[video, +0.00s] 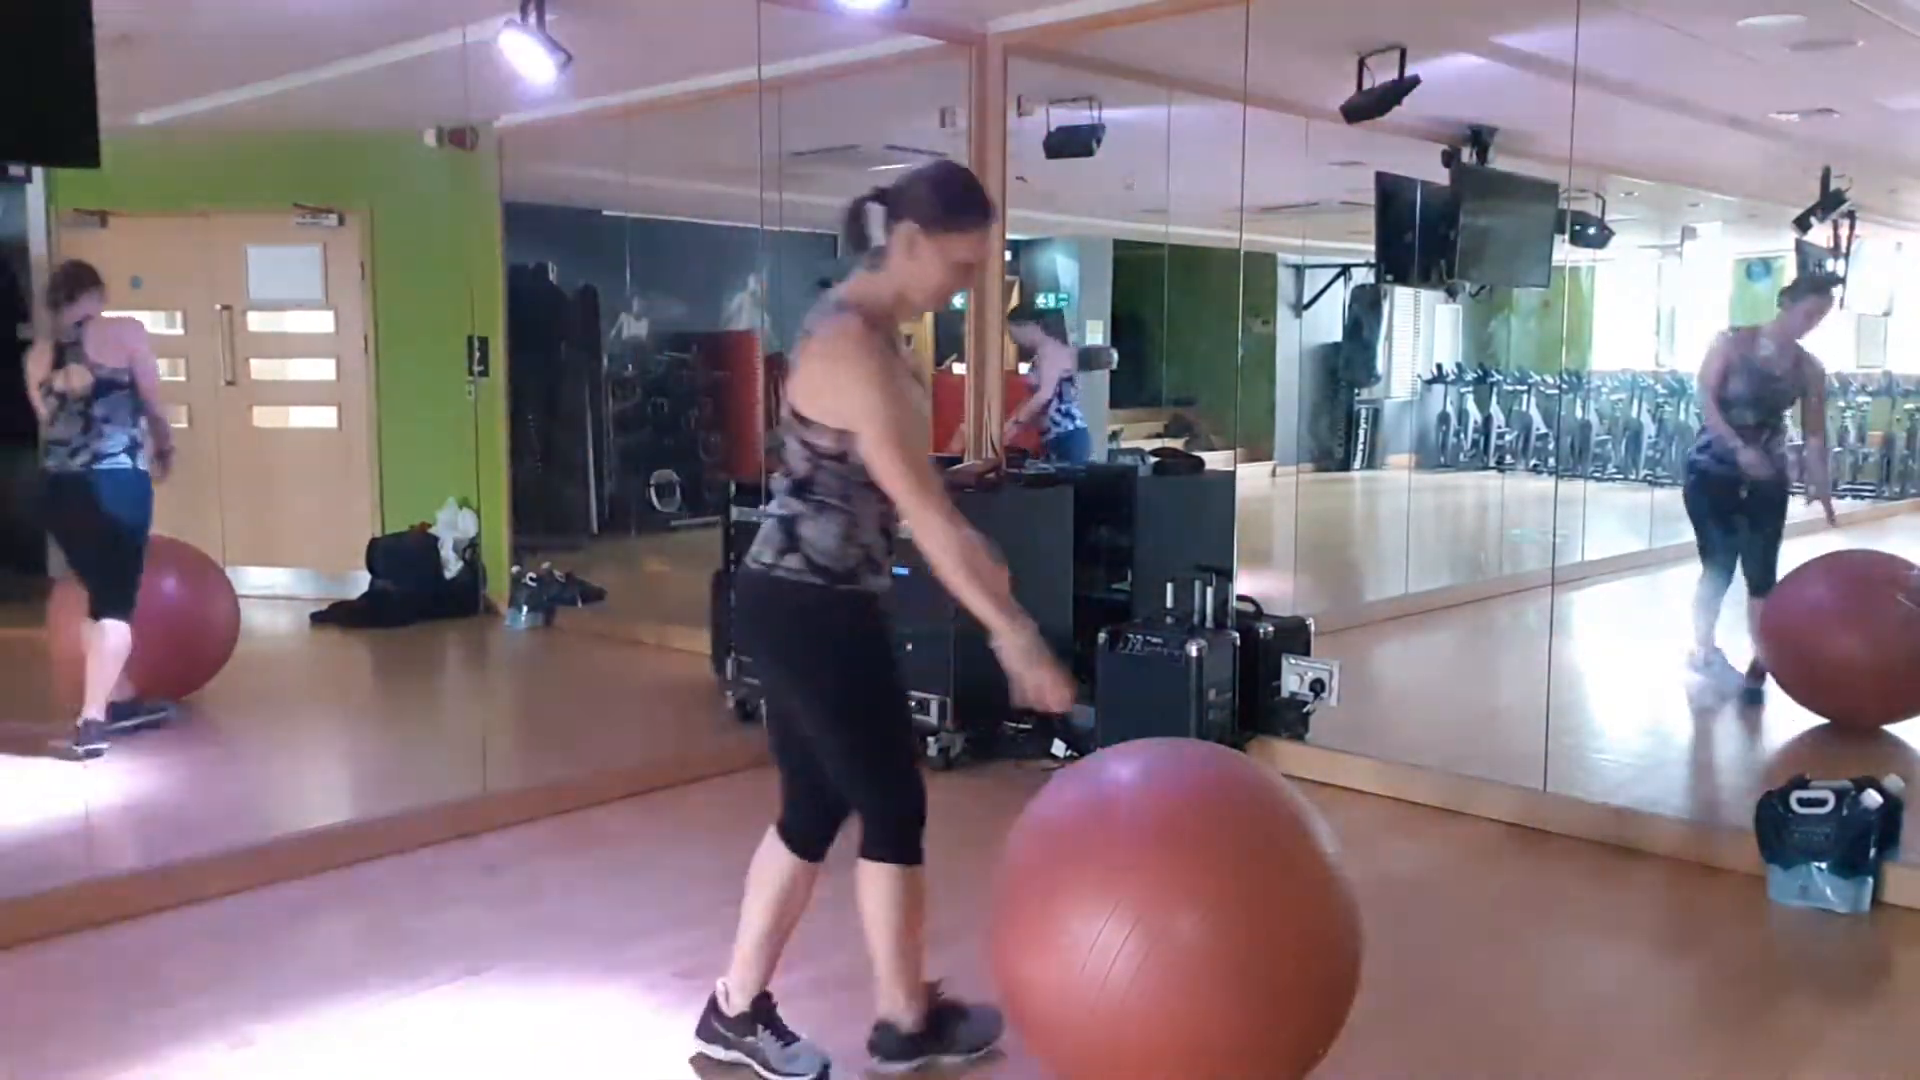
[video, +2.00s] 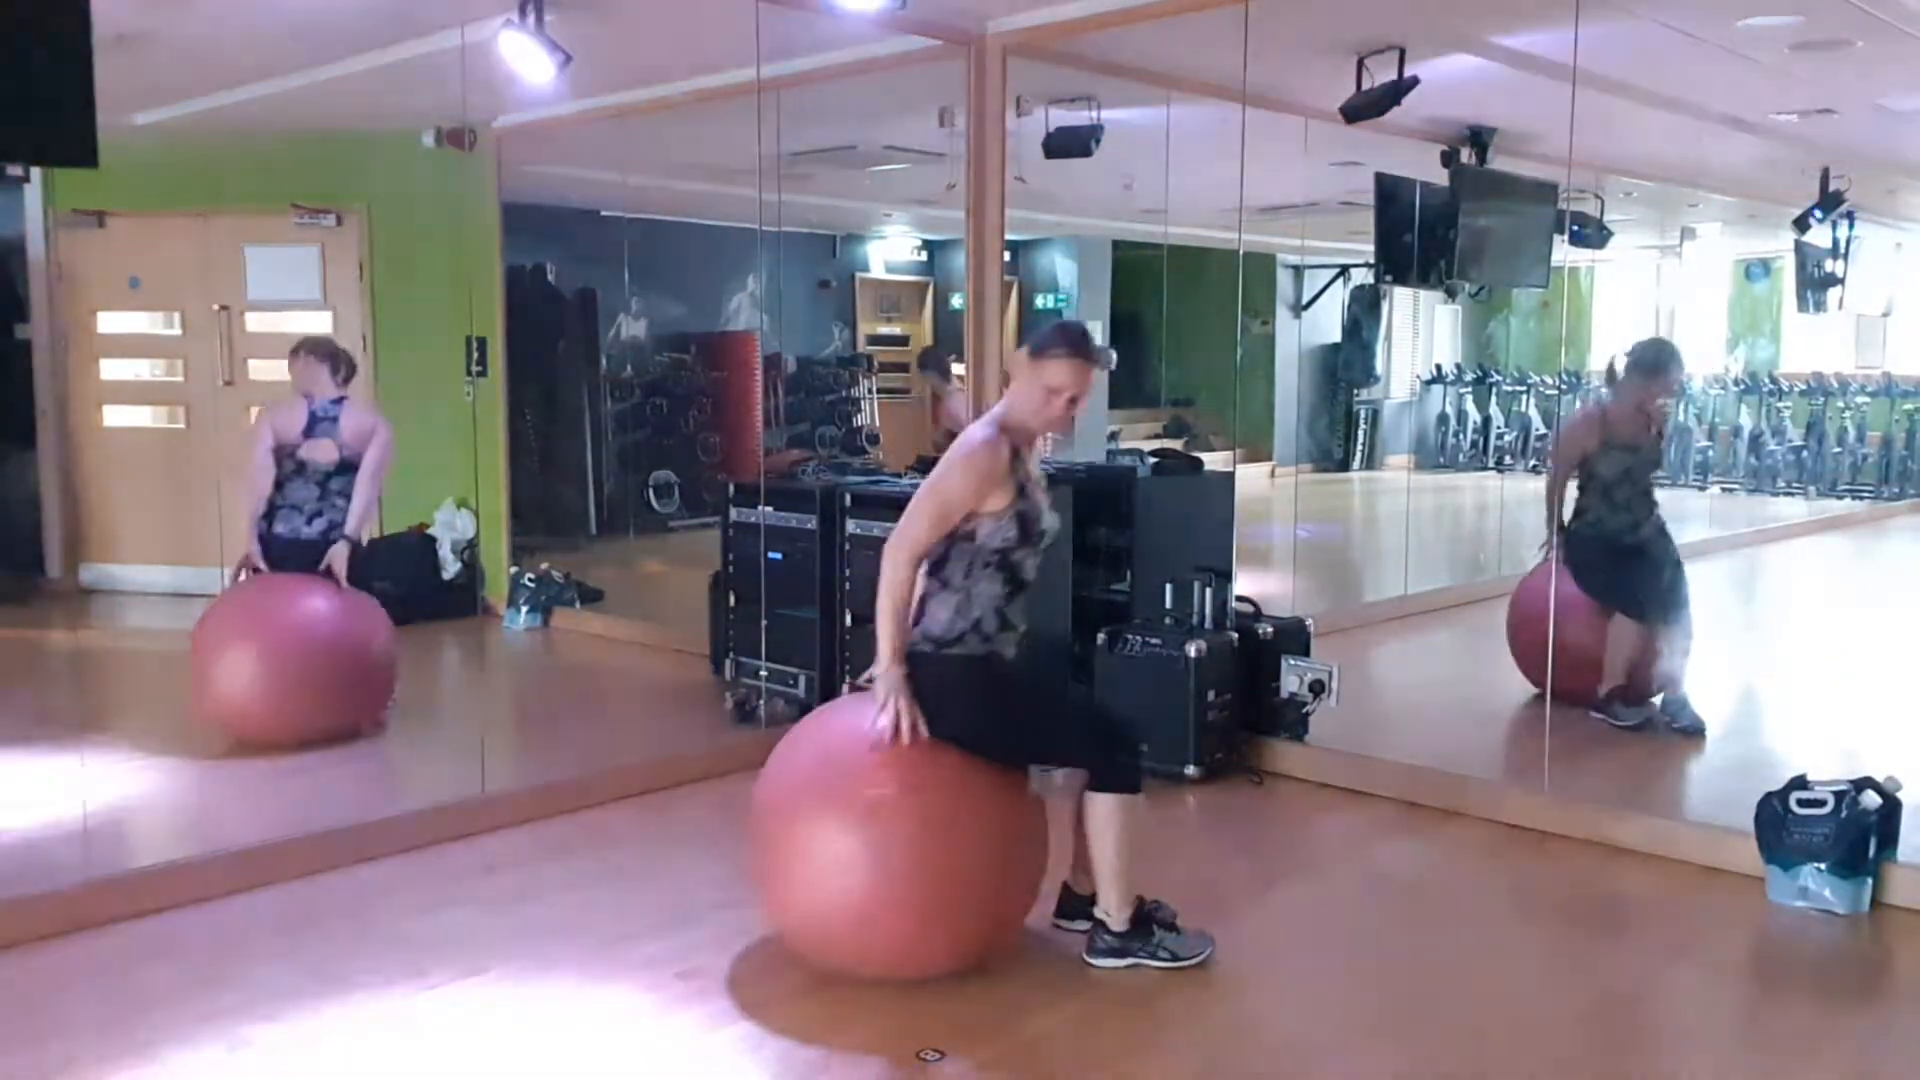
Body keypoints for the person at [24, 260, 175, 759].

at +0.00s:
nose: (101, 302)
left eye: (94, 295)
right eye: (99, 294)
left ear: (54, 300)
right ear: (96, 295)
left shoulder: (38, 355)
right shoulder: (127, 332)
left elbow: (47, 420)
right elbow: (151, 400)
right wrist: (163, 442)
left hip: (61, 482)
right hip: (119, 477)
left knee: (102, 593)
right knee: (115, 600)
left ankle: (120, 697)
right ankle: (91, 719)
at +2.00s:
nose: (290, 373)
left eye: (293, 364)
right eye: (291, 365)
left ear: (310, 361)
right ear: (336, 367)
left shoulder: (274, 417)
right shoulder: (374, 424)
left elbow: (261, 482)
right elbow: (367, 483)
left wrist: (252, 541)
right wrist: (347, 539)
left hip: (280, 546)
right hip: (339, 545)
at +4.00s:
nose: (248, 384)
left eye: (252, 376)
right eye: (250, 376)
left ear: (268, 384)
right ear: (298, 384)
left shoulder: (237, 442)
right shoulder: (340, 436)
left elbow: (235, 512)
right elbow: (354, 501)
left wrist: (241, 570)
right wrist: (357, 562)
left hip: (270, 574)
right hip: (330, 570)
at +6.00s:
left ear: (262, 398)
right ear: (307, 400)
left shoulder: (234, 450)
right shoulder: (335, 452)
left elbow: (225, 525)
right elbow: (352, 525)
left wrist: (235, 586)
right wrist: (346, 576)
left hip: (262, 582)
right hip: (321, 581)